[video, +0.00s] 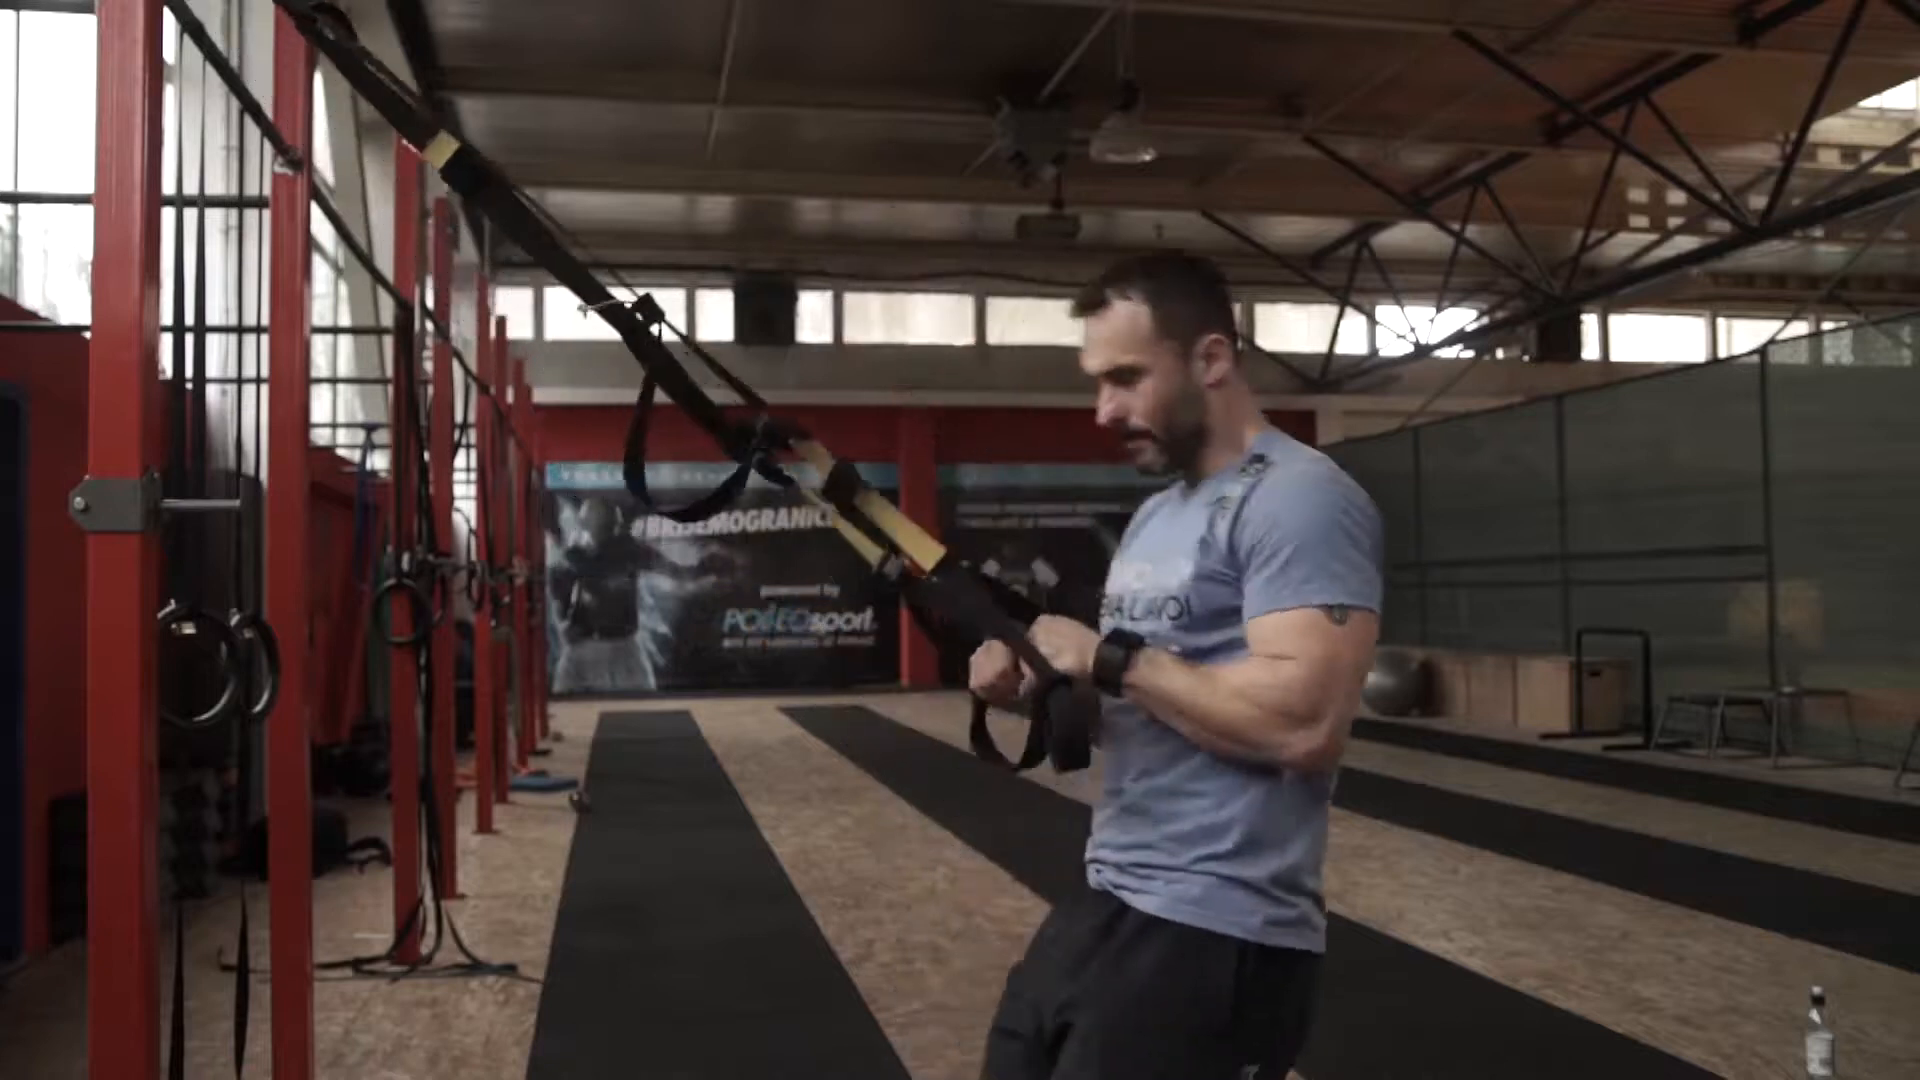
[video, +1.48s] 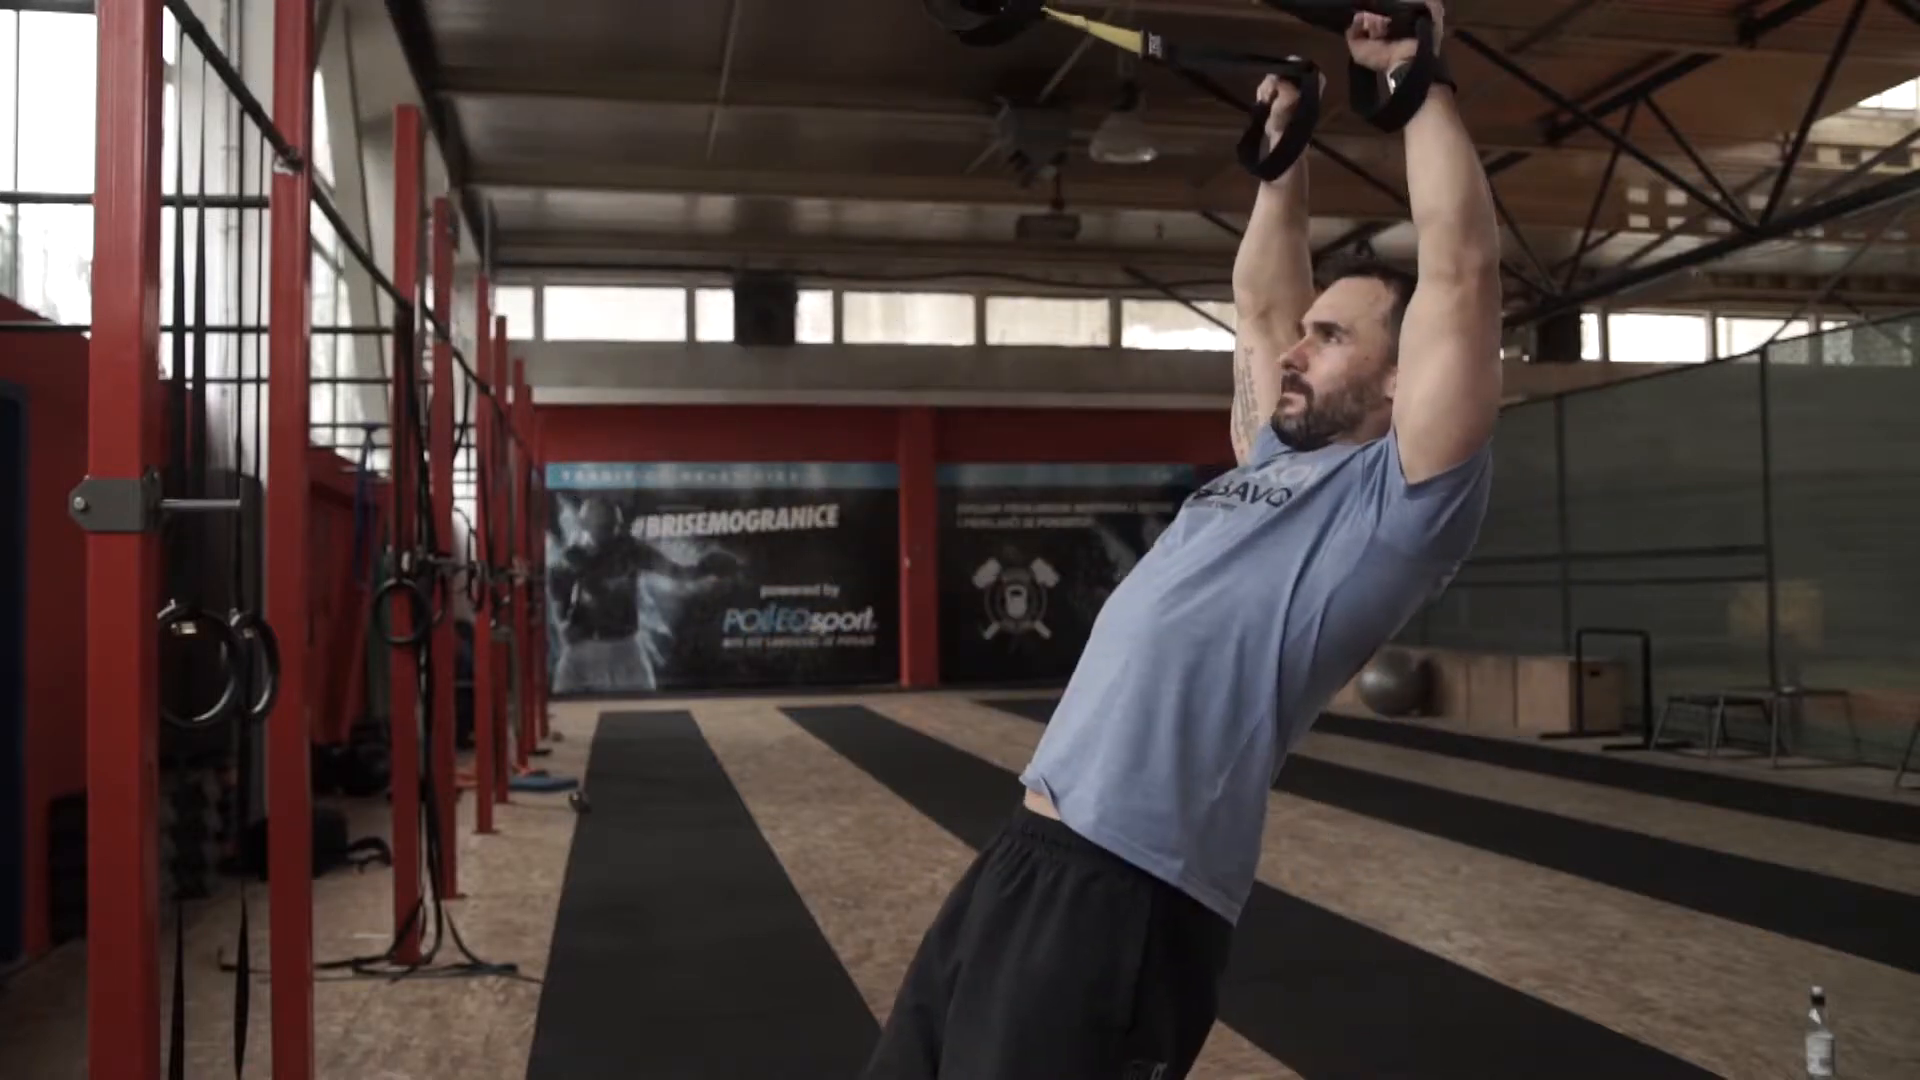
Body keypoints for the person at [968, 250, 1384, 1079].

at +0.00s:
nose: (1106, 411)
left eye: (1128, 378)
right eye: (1098, 385)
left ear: (1213, 359)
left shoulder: (1304, 495)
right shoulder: (1157, 514)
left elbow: (1302, 723)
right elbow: (1152, 713)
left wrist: (1112, 657)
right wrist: (1045, 687)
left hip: (1221, 936)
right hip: (1110, 904)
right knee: (1014, 1059)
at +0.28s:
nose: (1385, 465)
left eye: (1420, 443)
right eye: (1387, 443)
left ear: (1500, 471)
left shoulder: (1528, 594)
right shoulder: (1339, 592)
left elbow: (1383, 691)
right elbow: (1207, 695)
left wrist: (1213, 567)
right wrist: (1146, 601)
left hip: (1320, 983)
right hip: (1200, 933)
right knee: (1085, 1064)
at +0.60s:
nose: (1485, 489)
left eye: (1516, 482)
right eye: (1489, 472)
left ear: (1582, 533)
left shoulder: (1569, 645)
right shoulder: (1394, 601)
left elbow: (1475, 529)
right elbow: (1251, 554)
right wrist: (1207, 447)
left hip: (1280, 985)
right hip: (1168, 913)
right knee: (1026, 1064)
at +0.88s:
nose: (1372, 409)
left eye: (1407, 396)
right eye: (1379, 391)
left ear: (1463, 428)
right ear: (1372, 412)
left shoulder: (1462, 545)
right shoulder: (1318, 516)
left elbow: (1509, 325)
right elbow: (1273, 385)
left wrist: (1418, 169)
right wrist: (1258, 254)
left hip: (1187, 931)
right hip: (1084, 874)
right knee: (935, 1060)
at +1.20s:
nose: (1267, 348)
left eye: (1301, 328)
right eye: (1270, 326)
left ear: (1377, 369)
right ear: (1263, 349)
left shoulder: (1385, 483)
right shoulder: (1248, 459)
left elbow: (1447, 249)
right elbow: (1257, 299)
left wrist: (1412, 68)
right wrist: (1276, 145)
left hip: (1121, 905)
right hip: (1016, 860)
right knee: (903, 1063)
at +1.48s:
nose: (1295, 349)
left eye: (1331, 332)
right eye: (1300, 330)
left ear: (1402, 369)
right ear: (1296, 352)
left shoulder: (1402, 495)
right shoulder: (1265, 464)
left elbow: (1461, 270)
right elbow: (1264, 317)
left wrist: (1420, 85)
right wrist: (1281, 163)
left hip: (1122, 908)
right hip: (1019, 859)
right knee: (902, 1059)